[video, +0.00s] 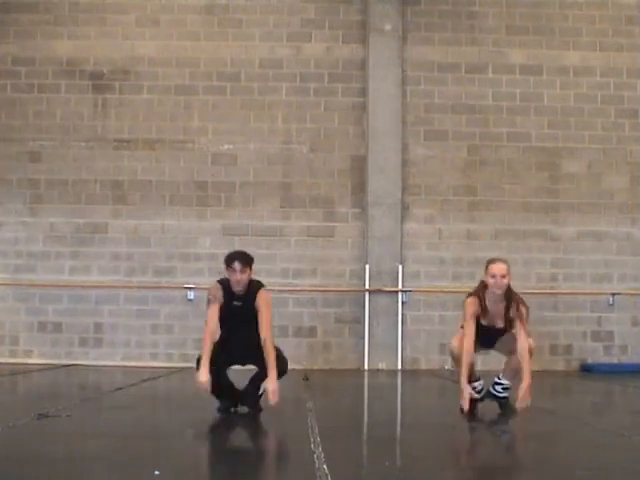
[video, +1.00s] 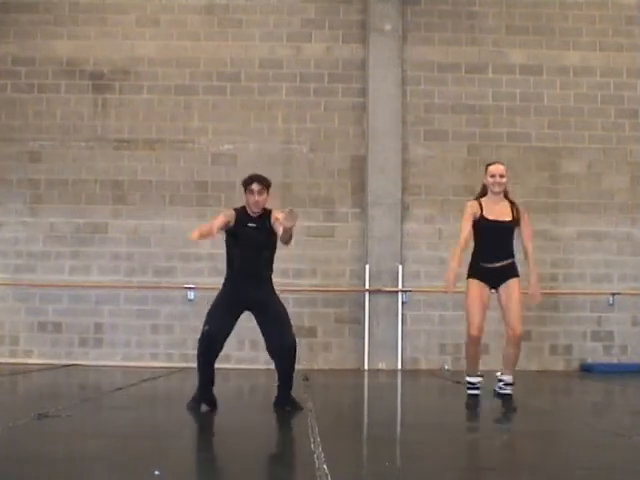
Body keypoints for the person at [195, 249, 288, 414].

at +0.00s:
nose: (237, 277)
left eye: (242, 272)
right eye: (233, 272)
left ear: (250, 273)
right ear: (226, 272)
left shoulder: (260, 293)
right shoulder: (217, 290)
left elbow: (266, 337)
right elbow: (211, 330)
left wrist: (272, 377)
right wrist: (204, 367)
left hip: (254, 346)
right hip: (227, 346)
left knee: (280, 365)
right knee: (204, 365)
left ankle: (250, 397)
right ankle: (229, 397)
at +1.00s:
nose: (256, 198)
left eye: (260, 192)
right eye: (251, 193)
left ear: (268, 195)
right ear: (244, 195)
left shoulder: (273, 217)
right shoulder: (233, 216)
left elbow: (286, 241)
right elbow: (216, 225)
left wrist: (287, 228)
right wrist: (209, 230)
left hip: (264, 294)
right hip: (233, 293)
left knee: (286, 345)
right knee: (208, 342)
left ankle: (284, 396)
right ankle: (205, 394)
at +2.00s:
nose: (268, 196)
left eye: (273, 192)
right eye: (264, 192)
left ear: (283, 196)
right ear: (260, 197)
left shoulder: (290, 223)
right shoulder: (247, 225)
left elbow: (318, 211)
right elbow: (205, 228)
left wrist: (313, 189)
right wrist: (170, 221)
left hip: (277, 302)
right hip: (246, 301)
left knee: (302, 353)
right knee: (214, 348)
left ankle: (328, 402)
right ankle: (179, 399)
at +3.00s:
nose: (222, 188)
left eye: (224, 183)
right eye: (219, 183)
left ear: (210, 185)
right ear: (202, 183)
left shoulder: (205, 209)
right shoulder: (182, 204)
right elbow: (141, 214)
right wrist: (105, 224)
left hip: (183, 281)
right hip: (168, 279)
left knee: (177, 336)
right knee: (174, 335)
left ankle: (152, 390)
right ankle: (133, 386)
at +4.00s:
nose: (232, 311)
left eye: (233, 306)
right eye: (234, 308)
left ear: (222, 286)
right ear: (231, 303)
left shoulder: (200, 278)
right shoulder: (221, 320)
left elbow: (157, 266)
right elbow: (214, 364)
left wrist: (123, 284)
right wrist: (211, 404)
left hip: (149, 307)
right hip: (156, 338)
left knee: (96, 280)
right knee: (99, 368)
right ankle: (36, 403)